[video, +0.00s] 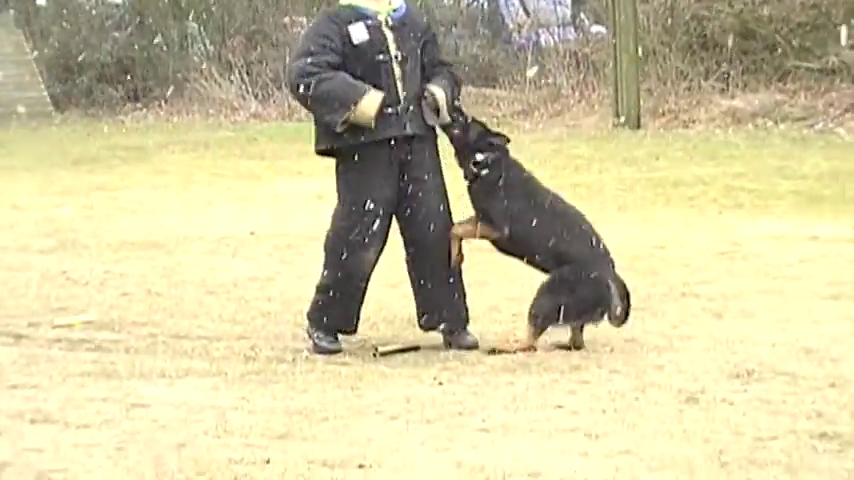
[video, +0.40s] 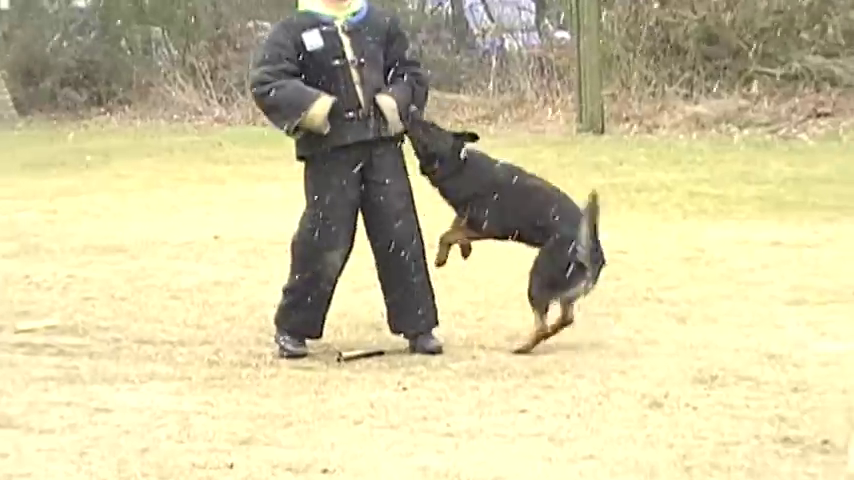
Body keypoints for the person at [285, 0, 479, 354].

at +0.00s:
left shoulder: (414, 24)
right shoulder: (335, 23)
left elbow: (441, 70)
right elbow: (307, 75)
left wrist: (440, 90)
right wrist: (358, 100)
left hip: (419, 147)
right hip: (367, 150)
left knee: (434, 232)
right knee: (357, 238)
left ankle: (453, 324)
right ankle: (324, 323)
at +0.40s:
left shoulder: (382, 23)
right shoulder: (293, 30)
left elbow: (413, 75)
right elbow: (267, 82)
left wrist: (395, 102)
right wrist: (312, 107)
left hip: (384, 150)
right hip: (331, 154)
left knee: (401, 237)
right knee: (325, 243)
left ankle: (420, 328)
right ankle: (293, 328)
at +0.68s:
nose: (308, 21)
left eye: (311, 14)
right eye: (298, 14)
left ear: (317, 17)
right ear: (278, 20)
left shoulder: (337, 66)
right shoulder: (259, 72)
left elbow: (365, 116)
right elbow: (230, 128)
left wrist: (372, 146)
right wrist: (284, 155)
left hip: (346, 191)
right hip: (295, 196)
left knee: (371, 276)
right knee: (300, 289)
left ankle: (400, 363)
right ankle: (289, 374)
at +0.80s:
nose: (315, 23)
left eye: (318, 16)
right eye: (305, 16)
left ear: (323, 20)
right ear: (284, 22)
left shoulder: (340, 71)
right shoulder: (262, 72)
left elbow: (364, 126)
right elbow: (229, 123)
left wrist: (356, 155)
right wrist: (285, 156)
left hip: (344, 193)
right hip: (293, 197)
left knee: (369, 277)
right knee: (294, 291)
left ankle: (395, 368)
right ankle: (286, 381)